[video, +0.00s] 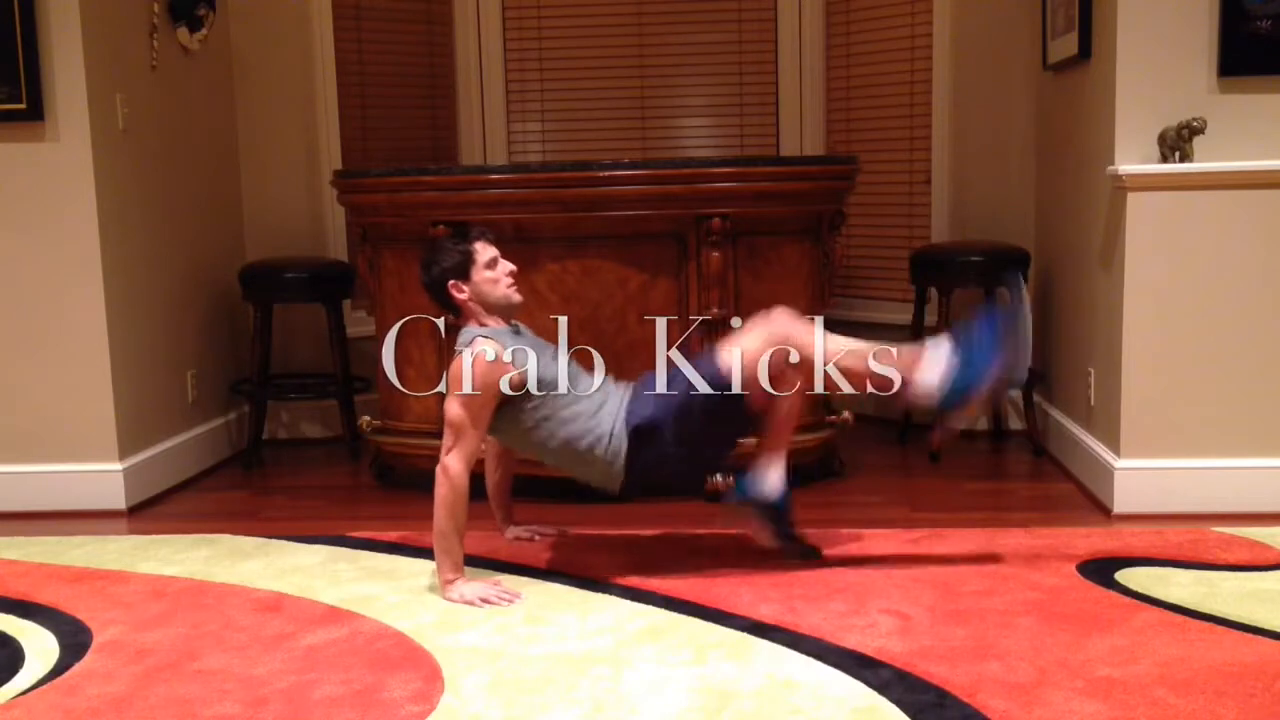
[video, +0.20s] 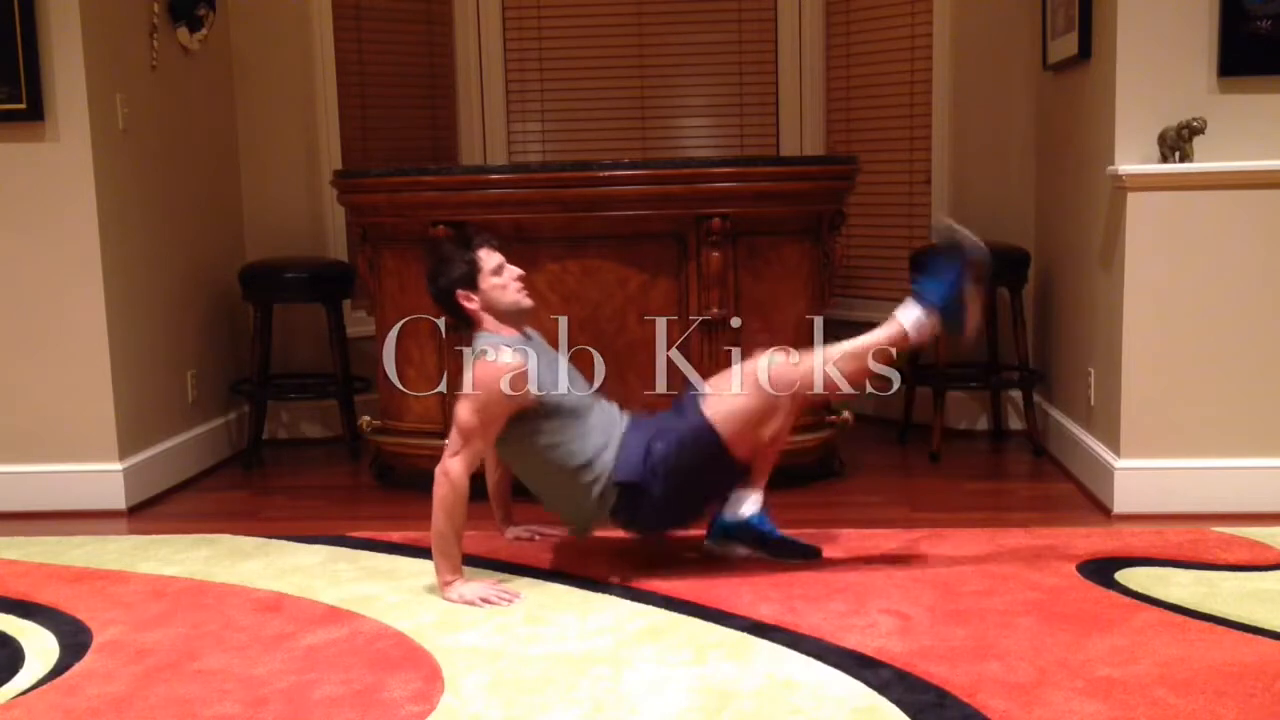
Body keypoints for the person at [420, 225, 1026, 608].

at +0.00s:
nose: (510, 270)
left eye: (504, 260)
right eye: (494, 266)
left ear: (489, 282)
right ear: (464, 292)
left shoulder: (506, 340)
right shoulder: (478, 355)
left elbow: (494, 441)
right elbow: (451, 464)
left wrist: (499, 524)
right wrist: (449, 576)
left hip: (642, 419)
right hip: (635, 445)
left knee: (783, 337)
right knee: (781, 329)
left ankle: (765, 484)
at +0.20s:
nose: (518, 274)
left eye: (510, 265)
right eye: (501, 271)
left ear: (495, 290)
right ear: (471, 301)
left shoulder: (517, 346)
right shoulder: (495, 369)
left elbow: (493, 440)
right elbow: (452, 464)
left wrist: (503, 520)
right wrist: (448, 579)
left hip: (640, 447)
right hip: (638, 481)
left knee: (777, 366)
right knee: (778, 376)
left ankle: (742, 515)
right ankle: (920, 317)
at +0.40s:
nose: (498, 269)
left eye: (493, 260)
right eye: (482, 265)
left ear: (470, 283)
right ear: (451, 290)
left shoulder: (490, 336)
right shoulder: (472, 357)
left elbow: (486, 436)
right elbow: (450, 466)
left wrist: (500, 515)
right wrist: (449, 577)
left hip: (640, 411)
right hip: (640, 445)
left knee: (760, 315)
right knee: (762, 315)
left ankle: (857, 411)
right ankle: (823, 464)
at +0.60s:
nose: (517, 274)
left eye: (510, 267)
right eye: (501, 273)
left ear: (501, 293)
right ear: (476, 306)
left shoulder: (526, 341)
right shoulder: (498, 364)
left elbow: (498, 436)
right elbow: (458, 463)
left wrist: (501, 519)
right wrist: (447, 578)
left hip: (630, 471)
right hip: (616, 498)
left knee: (797, 389)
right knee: (740, 380)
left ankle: (896, 319)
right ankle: (756, 532)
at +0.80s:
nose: (501, 269)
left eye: (495, 260)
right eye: (484, 265)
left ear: (478, 280)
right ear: (451, 290)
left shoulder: (495, 335)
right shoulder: (472, 357)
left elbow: (489, 437)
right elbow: (449, 464)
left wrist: (499, 520)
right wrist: (449, 576)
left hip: (646, 408)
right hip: (639, 448)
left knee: (763, 312)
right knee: (795, 368)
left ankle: (865, 422)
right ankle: (771, 520)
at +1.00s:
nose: (499, 269)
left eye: (493, 260)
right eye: (483, 265)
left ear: (475, 283)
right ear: (451, 292)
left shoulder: (498, 340)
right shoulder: (472, 360)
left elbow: (489, 438)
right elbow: (448, 466)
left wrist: (499, 518)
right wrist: (449, 576)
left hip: (637, 423)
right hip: (630, 440)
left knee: (786, 354)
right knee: (763, 320)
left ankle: (754, 492)